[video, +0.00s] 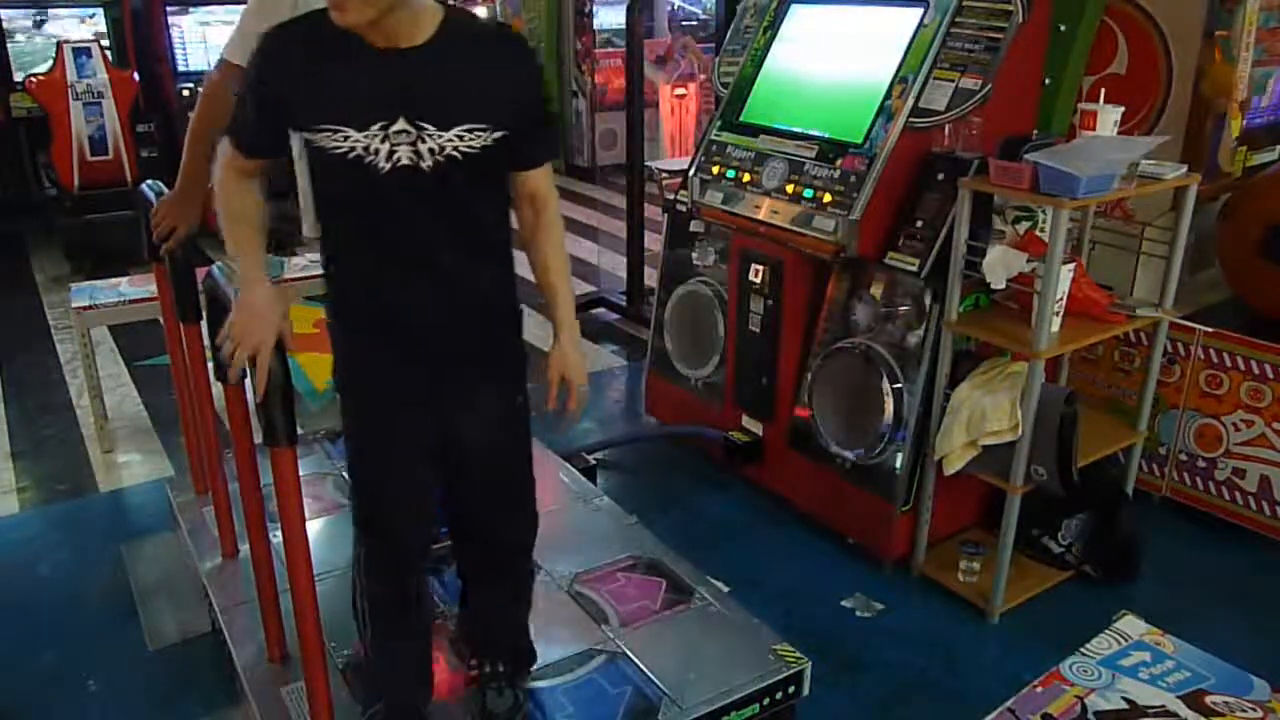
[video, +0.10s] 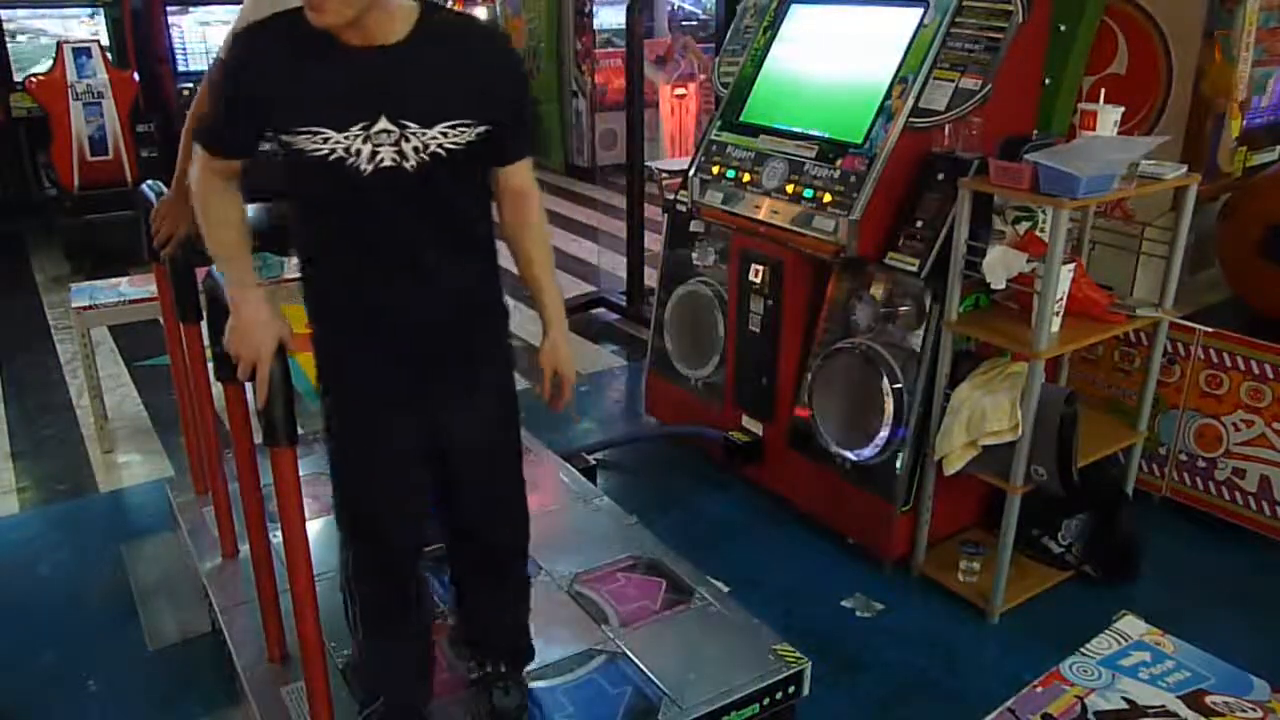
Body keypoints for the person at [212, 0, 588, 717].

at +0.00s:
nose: (333, 2)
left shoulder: (501, 58)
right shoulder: (292, 55)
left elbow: (535, 200)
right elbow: (239, 172)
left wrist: (565, 327)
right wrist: (255, 287)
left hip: (483, 348)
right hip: (374, 356)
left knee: (503, 528)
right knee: (391, 545)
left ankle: (503, 676)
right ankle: (397, 700)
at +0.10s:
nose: (311, 3)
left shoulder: (481, 52)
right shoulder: (263, 56)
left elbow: (519, 198)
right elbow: (213, 177)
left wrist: (554, 321)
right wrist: (246, 296)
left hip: (469, 346)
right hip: (359, 359)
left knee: (495, 525)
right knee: (380, 545)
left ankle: (503, 669)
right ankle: (391, 697)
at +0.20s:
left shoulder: (461, 47)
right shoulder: (245, 59)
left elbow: (501, 192)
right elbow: (193, 175)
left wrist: (540, 318)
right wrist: (242, 300)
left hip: (459, 344)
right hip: (348, 359)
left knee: (485, 527)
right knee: (374, 542)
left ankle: (482, 668)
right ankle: (392, 690)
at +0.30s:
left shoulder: (445, 43)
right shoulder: (231, 61)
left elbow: (482, 185)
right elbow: (173, 178)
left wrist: (525, 313)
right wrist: (240, 301)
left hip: (447, 336)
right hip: (341, 353)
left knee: (472, 509)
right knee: (377, 533)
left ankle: (451, 651)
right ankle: (393, 687)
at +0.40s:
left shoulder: (430, 41)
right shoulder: (227, 61)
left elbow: (467, 191)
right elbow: (151, 182)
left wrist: (509, 311)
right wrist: (240, 305)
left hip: (434, 334)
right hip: (336, 352)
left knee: (457, 497)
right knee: (375, 536)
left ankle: (424, 631)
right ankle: (392, 693)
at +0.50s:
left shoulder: (418, 44)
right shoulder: (224, 62)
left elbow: (454, 191)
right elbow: (141, 183)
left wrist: (495, 305)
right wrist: (238, 305)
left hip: (422, 330)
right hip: (328, 346)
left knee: (429, 505)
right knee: (370, 529)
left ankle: (398, 636)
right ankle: (384, 689)